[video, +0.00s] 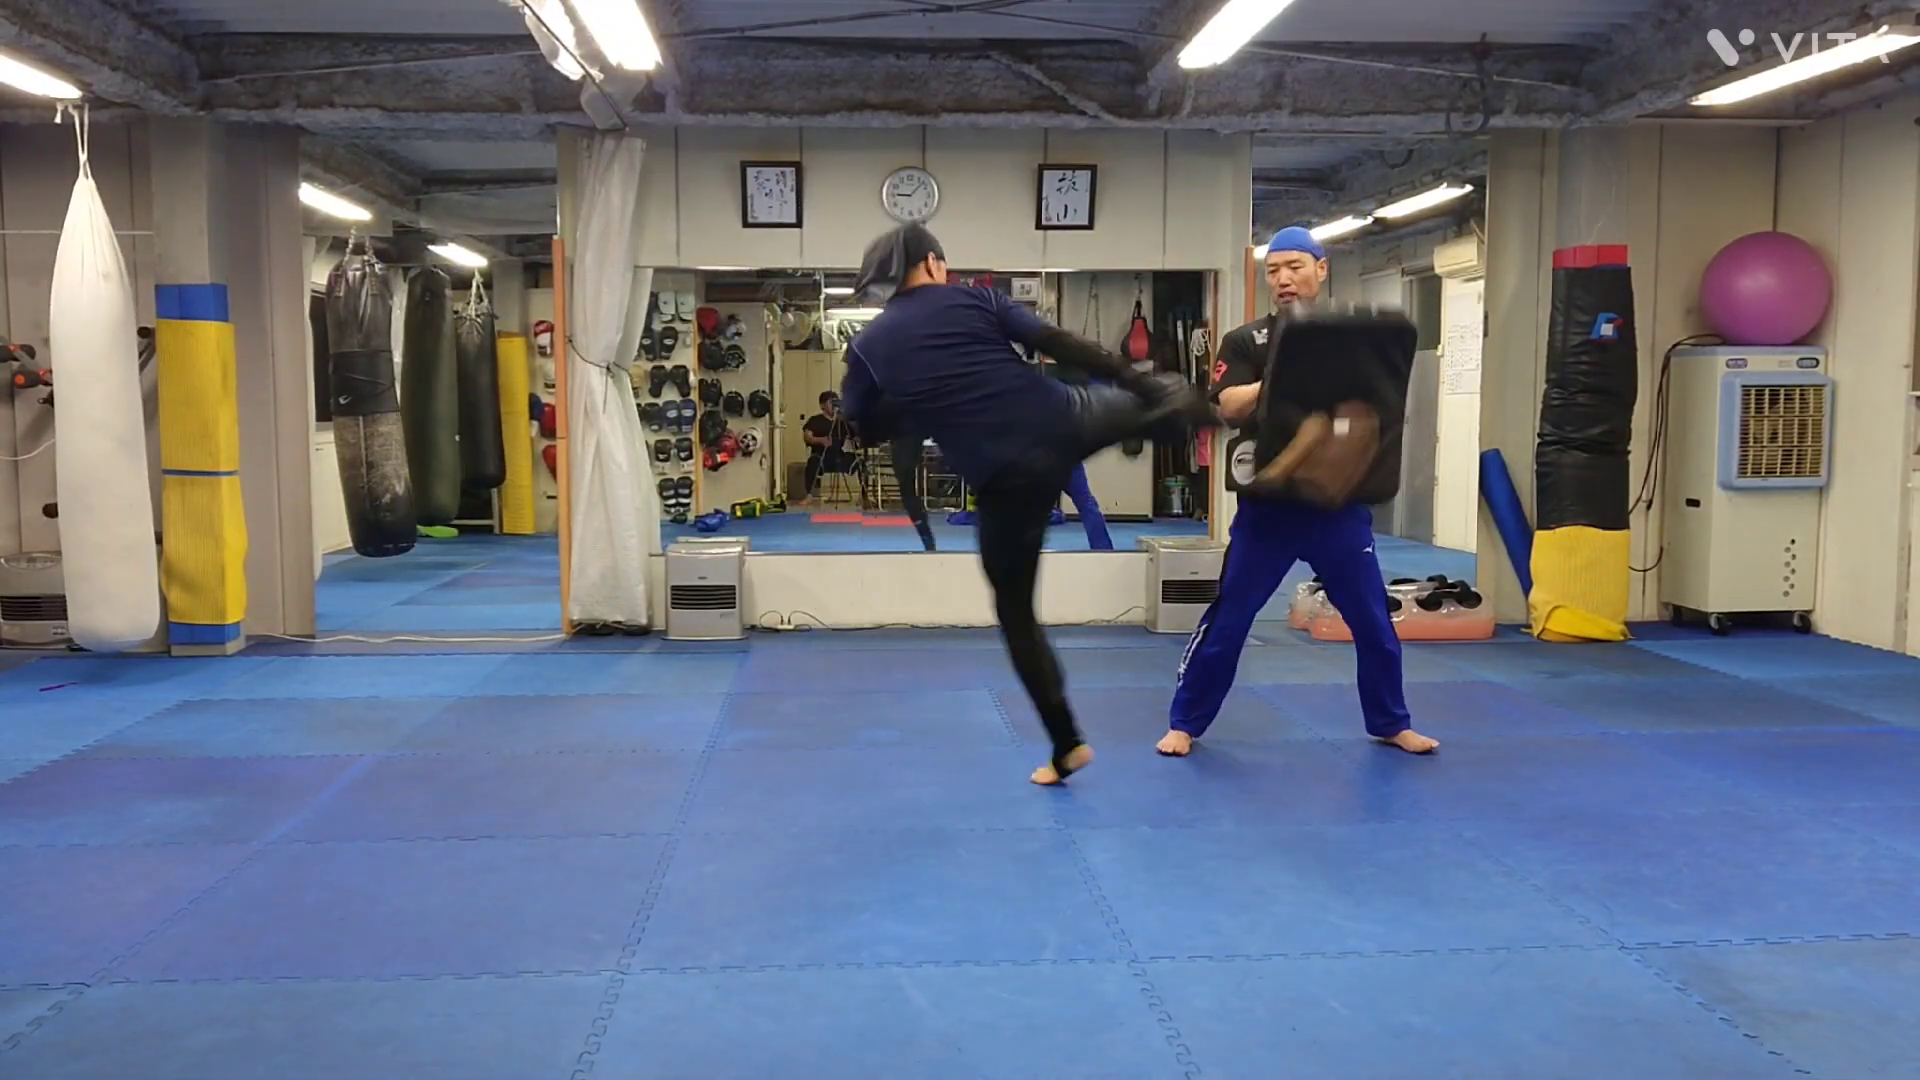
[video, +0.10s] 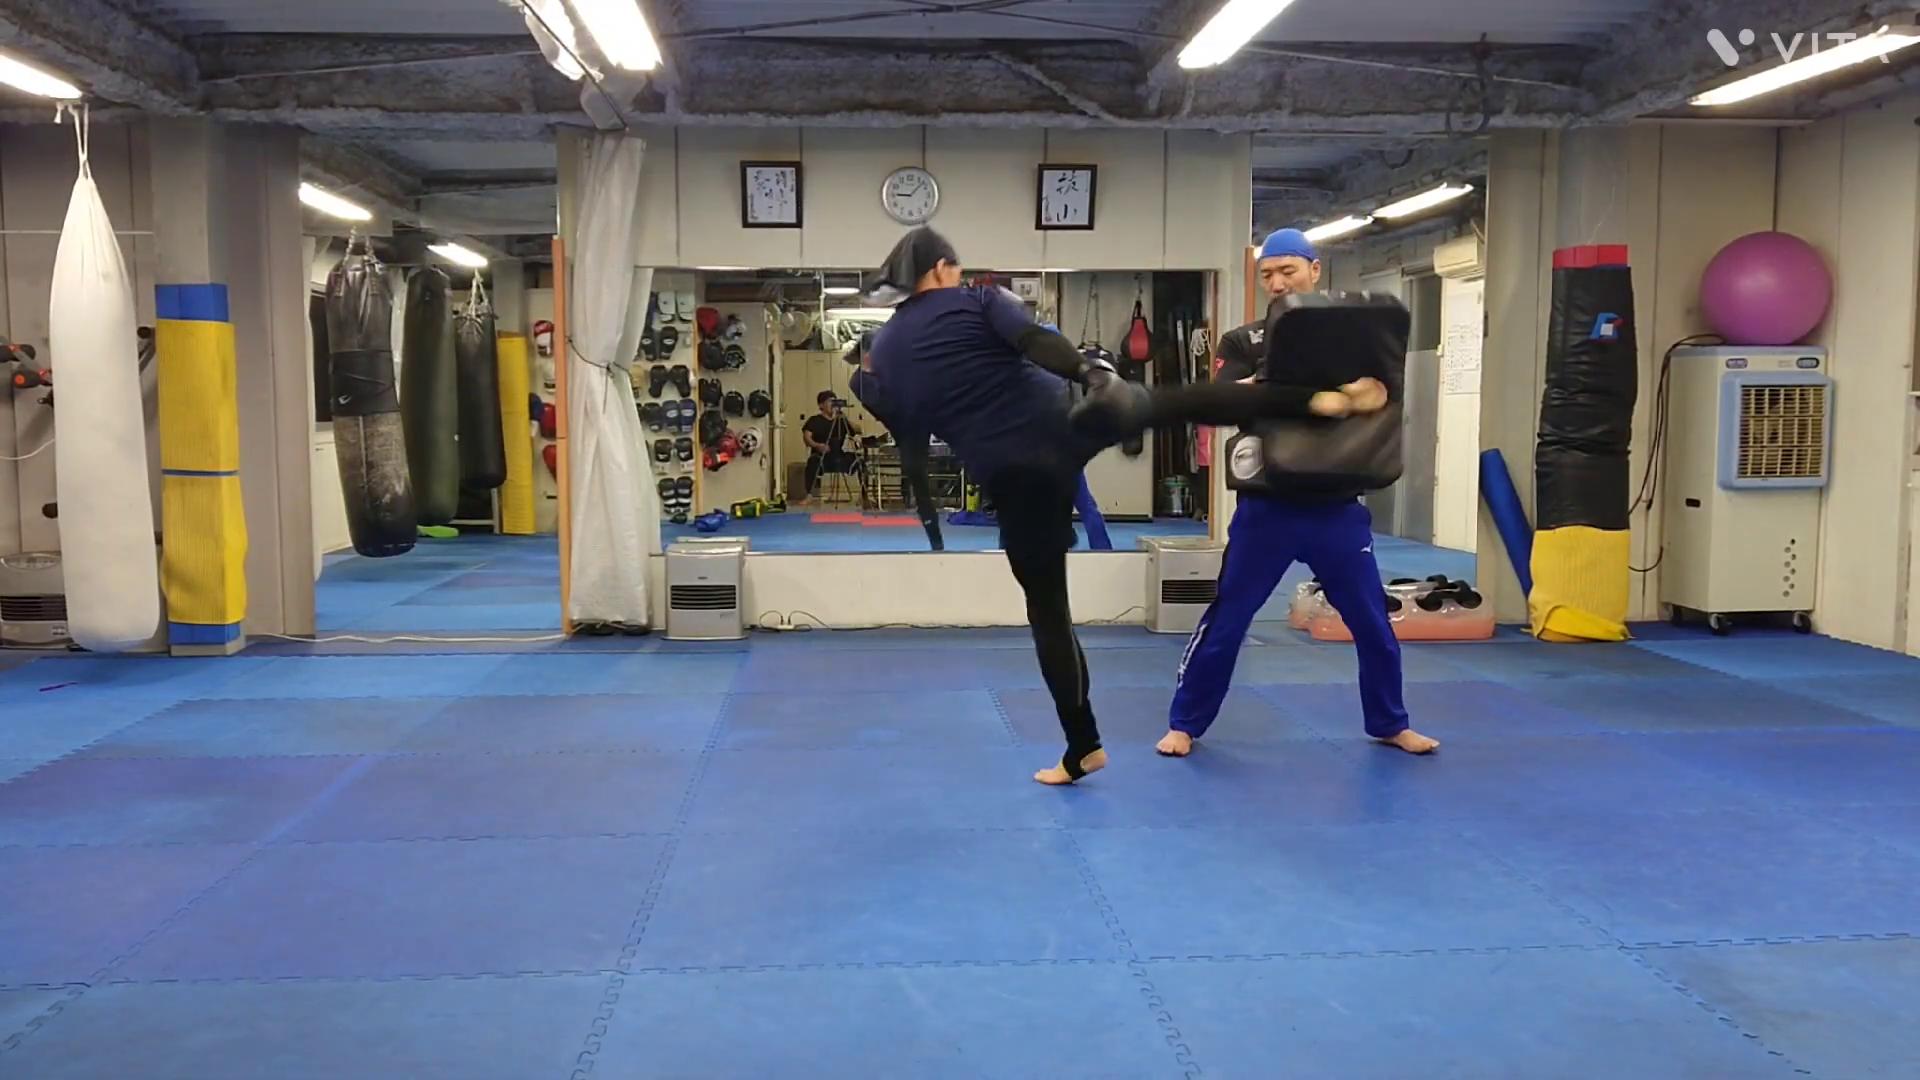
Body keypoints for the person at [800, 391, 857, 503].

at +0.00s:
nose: (834, 405)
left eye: (835, 402)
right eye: (831, 403)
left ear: (838, 404)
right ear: (823, 405)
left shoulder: (842, 420)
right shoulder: (815, 420)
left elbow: (853, 436)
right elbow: (807, 437)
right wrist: (822, 440)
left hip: (839, 456)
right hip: (821, 457)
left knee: (860, 462)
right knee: (812, 462)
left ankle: (864, 495)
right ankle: (809, 495)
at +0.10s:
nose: (833, 404)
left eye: (834, 401)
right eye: (830, 401)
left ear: (837, 403)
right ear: (821, 405)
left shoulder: (841, 420)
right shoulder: (814, 420)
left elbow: (858, 430)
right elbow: (807, 437)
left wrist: (844, 417)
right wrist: (818, 446)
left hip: (839, 456)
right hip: (821, 457)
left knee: (860, 462)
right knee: (813, 462)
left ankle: (864, 495)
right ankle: (809, 495)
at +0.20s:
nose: (831, 403)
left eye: (832, 400)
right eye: (827, 401)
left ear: (835, 403)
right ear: (819, 405)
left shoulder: (840, 420)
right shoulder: (813, 421)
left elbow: (857, 429)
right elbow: (807, 441)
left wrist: (843, 416)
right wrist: (818, 451)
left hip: (839, 457)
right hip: (822, 458)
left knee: (860, 461)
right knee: (813, 462)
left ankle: (864, 496)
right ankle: (809, 495)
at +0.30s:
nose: (829, 403)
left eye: (830, 400)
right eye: (825, 401)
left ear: (833, 402)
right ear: (817, 405)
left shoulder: (839, 419)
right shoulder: (811, 422)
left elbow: (857, 429)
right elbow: (808, 442)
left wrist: (843, 415)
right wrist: (818, 451)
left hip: (839, 457)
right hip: (821, 458)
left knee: (860, 461)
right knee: (812, 462)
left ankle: (864, 495)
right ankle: (809, 495)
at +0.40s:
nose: (827, 403)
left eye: (829, 400)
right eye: (823, 400)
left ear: (831, 402)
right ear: (816, 405)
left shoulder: (838, 419)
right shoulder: (810, 422)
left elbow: (856, 427)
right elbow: (807, 443)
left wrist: (842, 415)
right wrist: (820, 453)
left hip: (839, 457)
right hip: (822, 458)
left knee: (860, 461)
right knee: (812, 462)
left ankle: (864, 495)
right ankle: (809, 495)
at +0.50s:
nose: (826, 402)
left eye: (827, 399)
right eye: (823, 400)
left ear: (830, 402)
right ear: (815, 406)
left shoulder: (837, 419)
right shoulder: (809, 423)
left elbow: (856, 426)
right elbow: (807, 443)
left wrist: (841, 415)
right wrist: (820, 453)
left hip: (839, 457)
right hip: (822, 458)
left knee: (860, 461)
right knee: (811, 462)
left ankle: (864, 494)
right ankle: (809, 495)